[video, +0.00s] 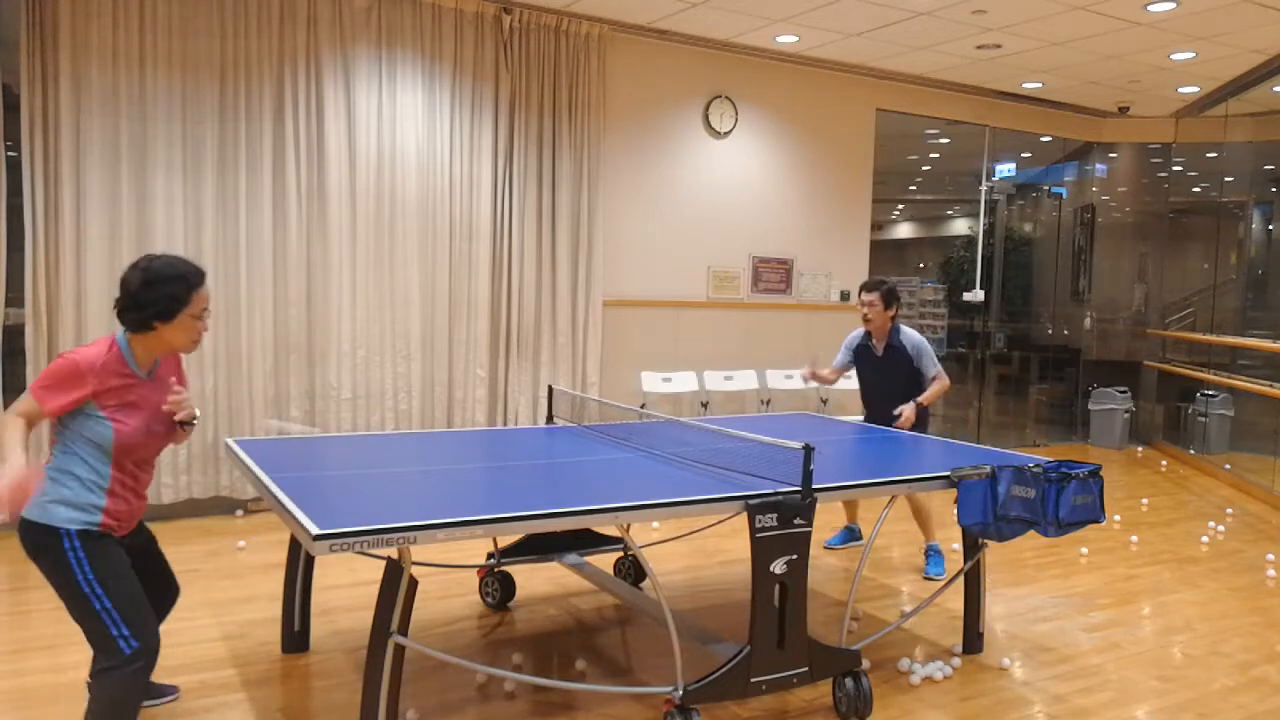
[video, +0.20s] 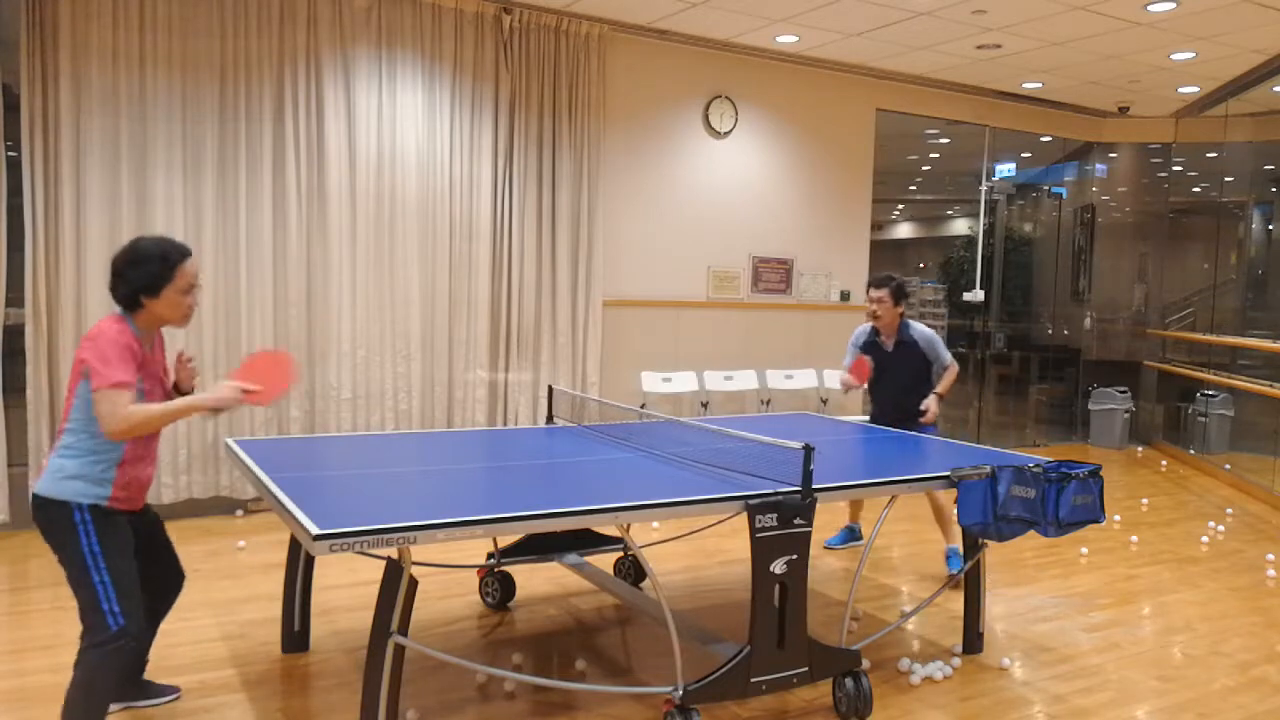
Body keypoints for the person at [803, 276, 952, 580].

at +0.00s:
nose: (865, 311)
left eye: (872, 305)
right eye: (862, 305)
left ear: (891, 311)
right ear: (859, 307)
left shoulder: (912, 341)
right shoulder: (856, 340)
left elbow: (942, 382)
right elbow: (834, 375)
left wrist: (916, 405)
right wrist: (815, 375)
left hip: (909, 429)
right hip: (872, 427)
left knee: (911, 485)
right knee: (844, 470)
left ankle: (932, 548)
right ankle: (852, 527)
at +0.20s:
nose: (873, 307)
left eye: (880, 301)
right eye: (870, 301)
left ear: (899, 307)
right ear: (867, 304)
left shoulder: (922, 335)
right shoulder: (862, 335)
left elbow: (952, 368)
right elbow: (847, 379)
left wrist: (936, 396)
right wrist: (852, 380)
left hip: (918, 425)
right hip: (879, 422)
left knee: (933, 484)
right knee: (854, 471)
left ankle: (953, 548)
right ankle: (852, 526)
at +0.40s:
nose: (907, 322)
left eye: (915, 315)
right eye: (903, 314)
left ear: (935, 314)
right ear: (899, 312)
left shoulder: (956, 341)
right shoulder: (887, 340)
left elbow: (976, 374)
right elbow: (866, 381)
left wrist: (969, 403)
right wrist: (886, 385)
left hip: (943, 433)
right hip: (899, 432)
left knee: (953, 496)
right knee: (873, 476)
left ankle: (963, 560)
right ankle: (858, 528)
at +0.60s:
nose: (936, 324)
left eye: (944, 317)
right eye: (931, 316)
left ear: (962, 316)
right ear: (924, 313)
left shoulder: (979, 340)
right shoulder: (909, 339)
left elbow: (995, 368)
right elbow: (883, 381)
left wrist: (1001, 396)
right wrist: (899, 394)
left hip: (960, 428)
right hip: (916, 427)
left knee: (965, 492)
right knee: (889, 473)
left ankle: (965, 562)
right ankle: (881, 531)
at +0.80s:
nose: (937, 308)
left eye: (946, 302)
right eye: (933, 301)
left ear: (963, 305)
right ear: (927, 301)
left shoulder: (982, 335)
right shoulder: (911, 331)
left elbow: (998, 364)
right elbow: (889, 379)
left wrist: (996, 389)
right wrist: (901, 388)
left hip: (961, 426)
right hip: (918, 425)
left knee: (964, 490)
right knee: (896, 477)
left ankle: (964, 559)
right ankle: (907, 537)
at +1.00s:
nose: (918, 305)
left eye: (925, 298)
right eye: (914, 298)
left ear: (946, 302)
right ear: (909, 300)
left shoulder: (968, 333)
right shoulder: (901, 332)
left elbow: (994, 367)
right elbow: (889, 380)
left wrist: (978, 391)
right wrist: (893, 382)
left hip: (958, 424)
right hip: (918, 422)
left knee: (956, 488)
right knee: (899, 480)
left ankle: (972, 563)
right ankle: (915, 544)